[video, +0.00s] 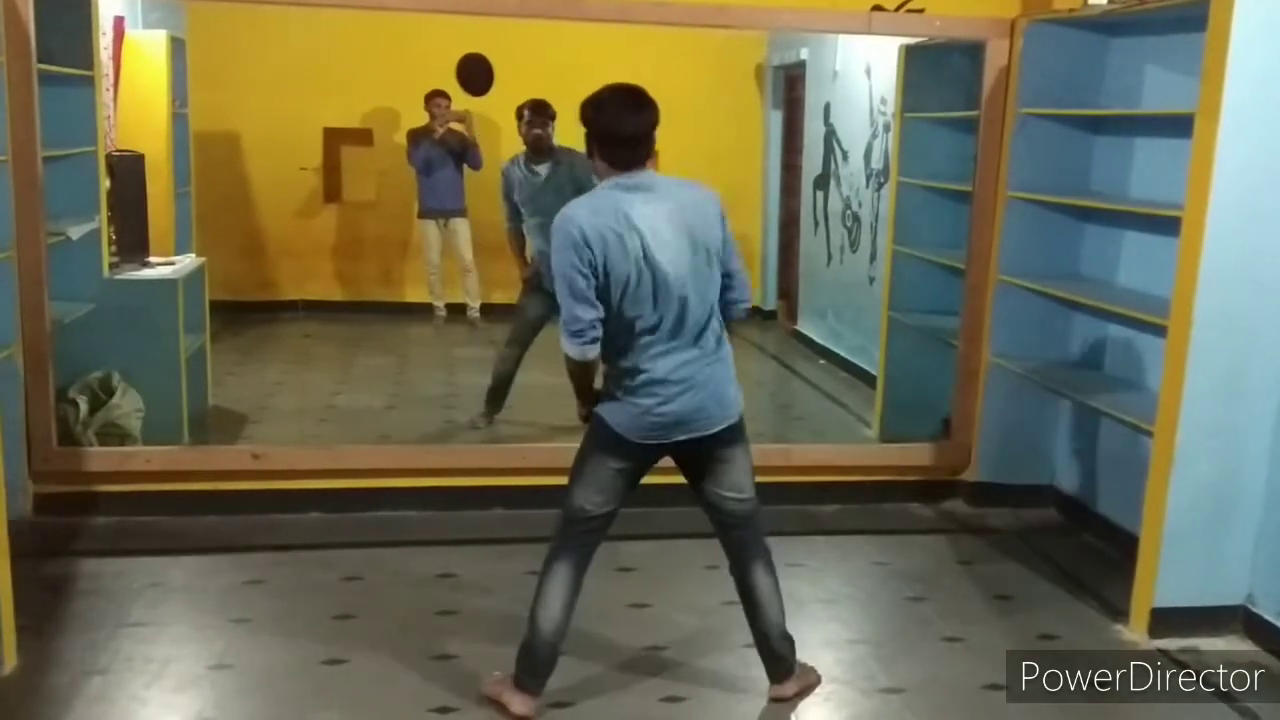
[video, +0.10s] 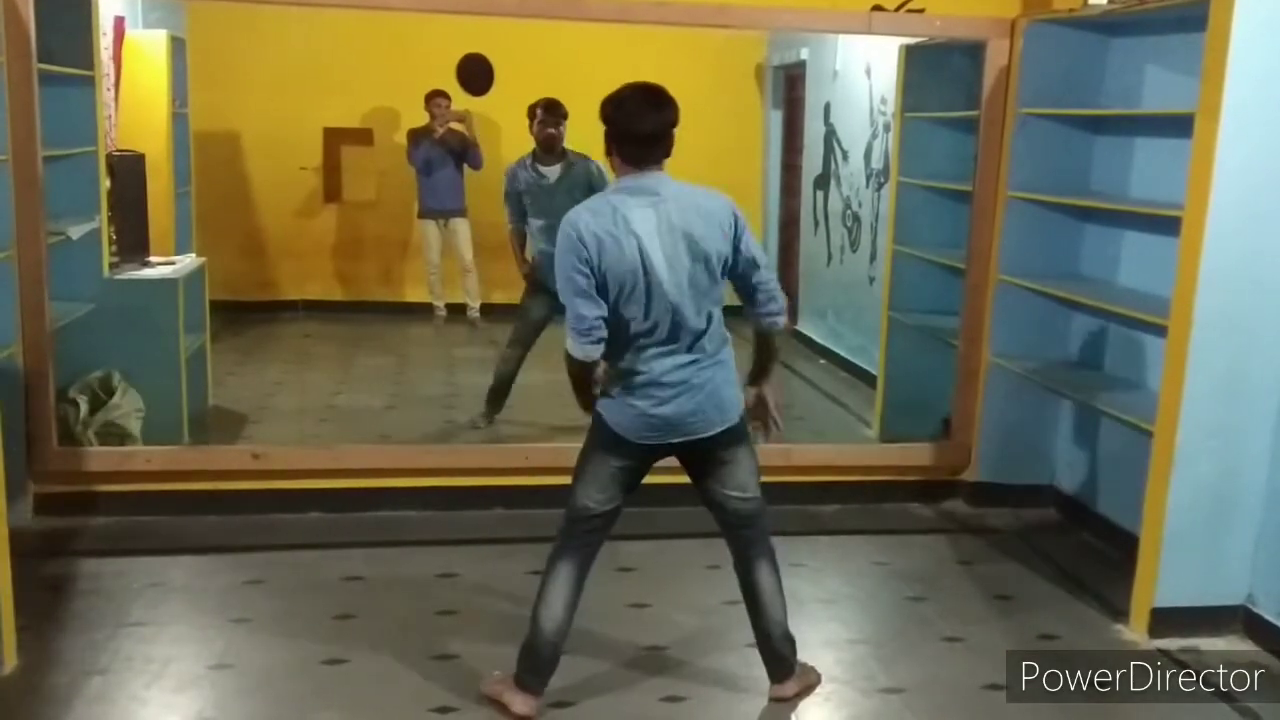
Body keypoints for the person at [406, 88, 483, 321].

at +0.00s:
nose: (440, 111)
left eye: (445, 106)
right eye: (436, 106)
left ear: (450, 110)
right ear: (427, 109)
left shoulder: (457, 136)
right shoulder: (417, 135)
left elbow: (476, 163)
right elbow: (416, 161)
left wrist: (469, 132)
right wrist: (436, 135)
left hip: (456, 209)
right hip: (429, 210)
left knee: (467, 262)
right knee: (433, 264)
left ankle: (474, 310)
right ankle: (438, 309)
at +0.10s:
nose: (440, 111)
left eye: (445, 106)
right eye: (436, 106)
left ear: (450, 110)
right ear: (427, 108)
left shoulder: (457, 136)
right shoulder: (417, 135)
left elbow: (476, 163)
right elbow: (415, 161)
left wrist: (470, 132)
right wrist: (436, 134)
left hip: (456, 210)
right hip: (429, 211)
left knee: (467, 263)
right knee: (433, 264)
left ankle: (474, 310)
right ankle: (438, 309)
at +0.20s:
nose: (441, 110)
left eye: (445, 106)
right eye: (436, 106)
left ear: (450, 109)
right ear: (427, 108)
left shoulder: (457, 136)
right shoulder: (417, 134)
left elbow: (476, 163)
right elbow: (416, 161)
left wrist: (470, 132)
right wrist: (435, 135)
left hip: (456, 209)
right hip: (429, 210)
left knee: (467, 263)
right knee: (433, 264)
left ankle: (474, 310)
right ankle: (438, 308)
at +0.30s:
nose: (441, 110)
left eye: (445, 106)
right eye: (436, 106)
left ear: (450, 109)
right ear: (427, 108)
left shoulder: (457, 136)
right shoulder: (417, 134)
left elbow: (476, 163)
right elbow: (416, 161)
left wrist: (469, 132)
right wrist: (435, 135)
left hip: (456, 209)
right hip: (429, 210)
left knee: (467, 263)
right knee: (433, 264)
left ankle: (474, 310)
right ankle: (438, 309)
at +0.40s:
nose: (441, 110)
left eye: (445, 106)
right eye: (436, 106)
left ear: (450, 109)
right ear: (427, 108)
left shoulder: (457, 136)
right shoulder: (417, 134)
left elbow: (476, 162)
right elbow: (415, 161)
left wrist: (469, 131)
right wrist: (435, 134)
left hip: (456, 209)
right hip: (429, 210)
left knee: (468, 262)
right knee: (433, 264)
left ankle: (474, 309)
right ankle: (438, 308)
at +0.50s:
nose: (440, 110)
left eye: (444, 106)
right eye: (436, 106)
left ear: (450, 109)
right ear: (427, 108)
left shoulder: (457, 135)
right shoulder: (417, 134)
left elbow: (476, 162)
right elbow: (415, 161)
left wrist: (470, 130)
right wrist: (435, 134)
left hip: (456, 209)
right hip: (429, 210)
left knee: (468, 262)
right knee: (433, 263)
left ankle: (474, 310)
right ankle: (438, 308)